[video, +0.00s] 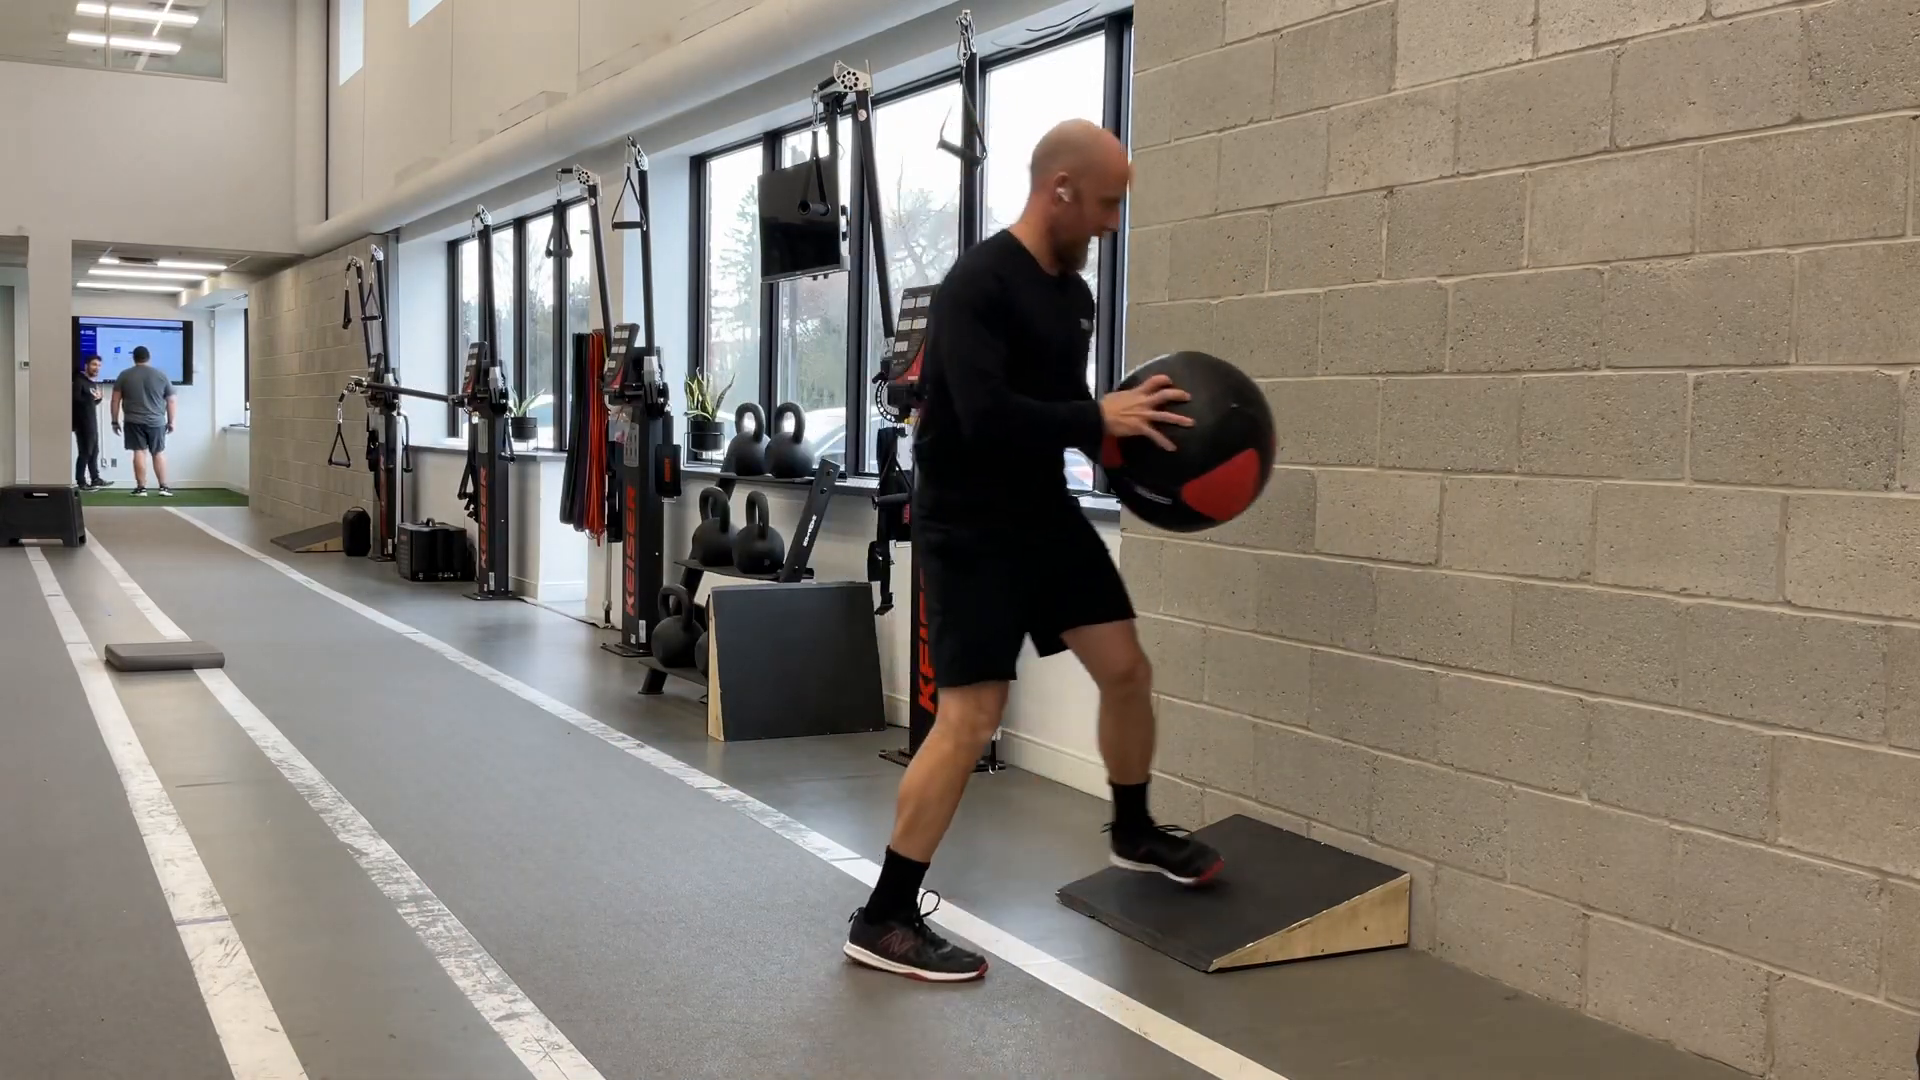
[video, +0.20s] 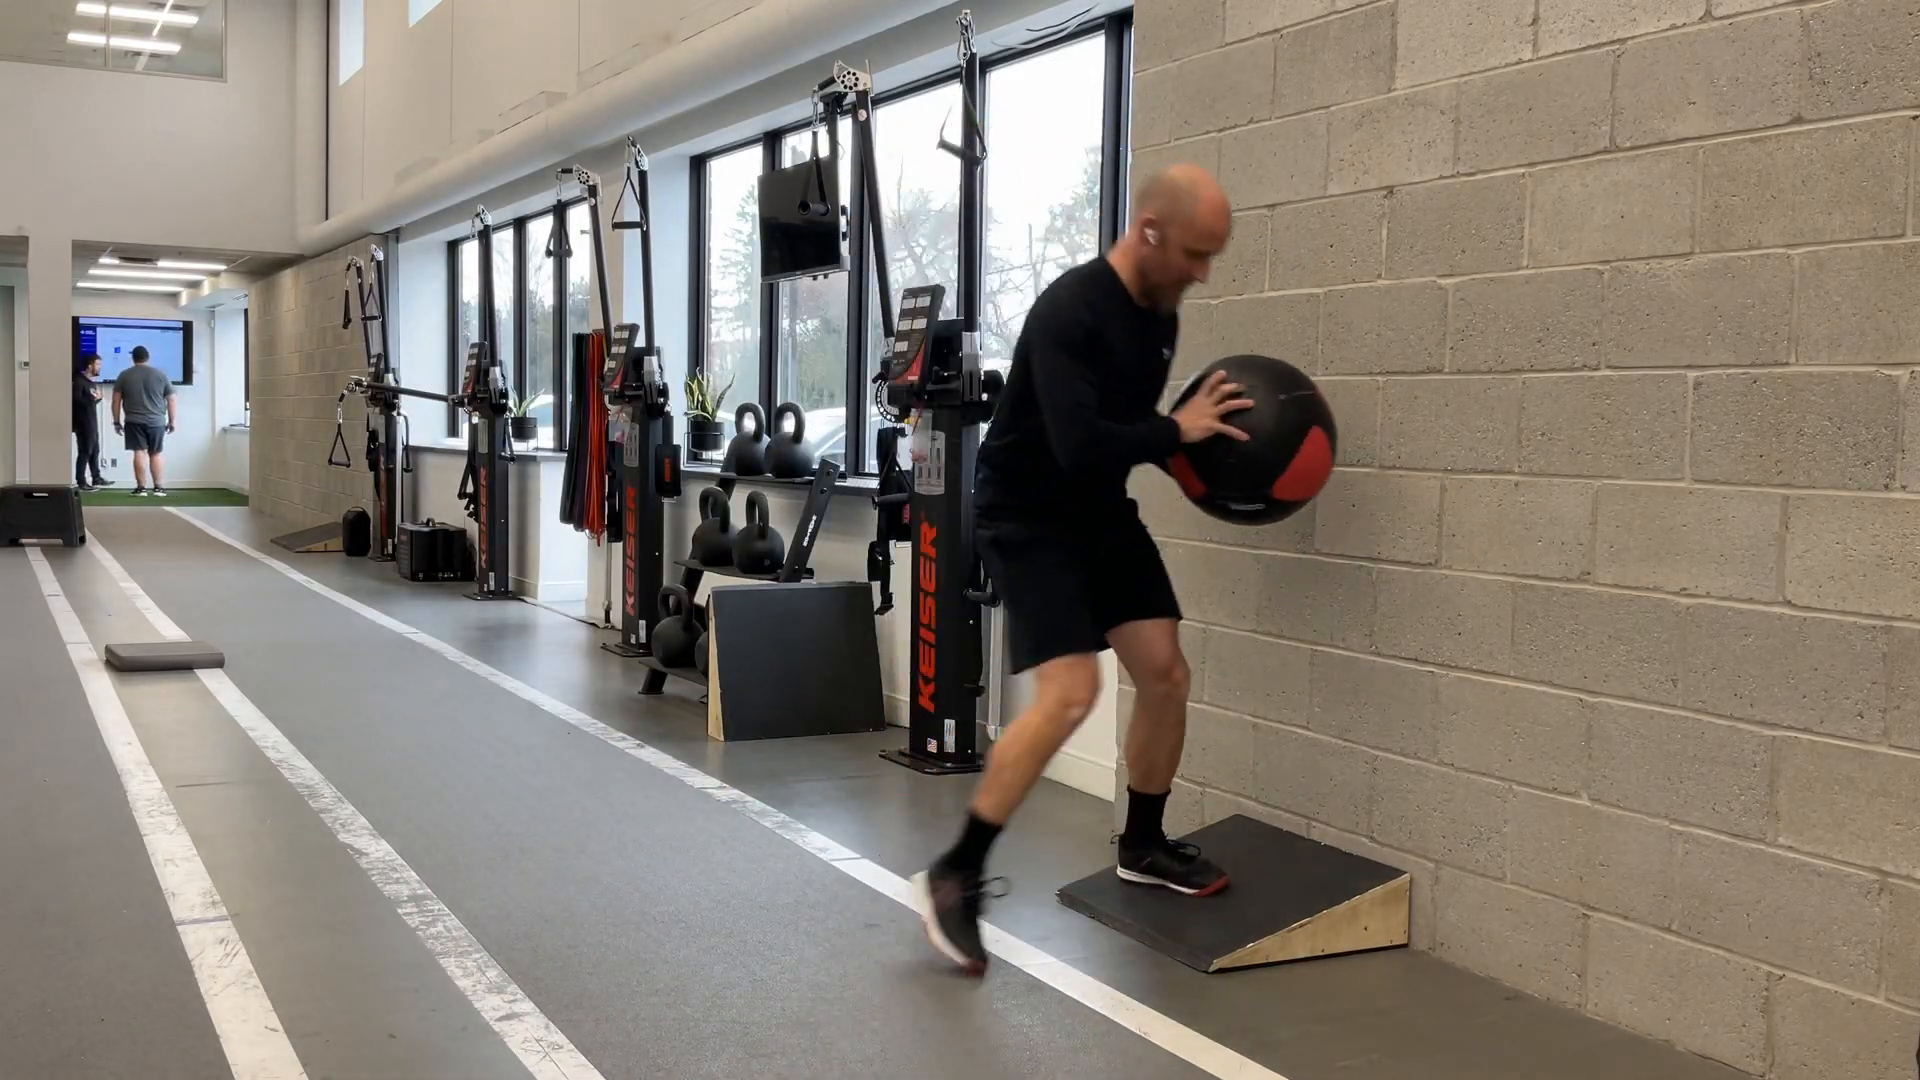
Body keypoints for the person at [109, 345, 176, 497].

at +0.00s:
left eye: (135, 357)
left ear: (134, 358)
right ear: (149, 358)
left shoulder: (125, 375)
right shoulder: (160, 375)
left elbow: (115, 398)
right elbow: (171, 400)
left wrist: (114, 420)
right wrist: (171, 421)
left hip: (133, 422)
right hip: (155, 422)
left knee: (138, 452)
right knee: (158, 453)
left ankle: (141, 487)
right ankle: (163, 486)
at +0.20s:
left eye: (134, 357)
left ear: (133, 358)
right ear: (148, 358)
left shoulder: (125, 375)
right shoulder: (160, 375)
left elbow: (116, 399)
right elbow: (171, 398)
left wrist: (116, 421)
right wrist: (172, 421)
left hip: (134, 422)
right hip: (156, 422)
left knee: (139, 453)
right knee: (155, 454)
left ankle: (141, 487)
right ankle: (158, 486)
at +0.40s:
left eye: (137, 357)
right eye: (147, 357)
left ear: (135, 358)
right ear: (150, 358)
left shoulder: (126, 375)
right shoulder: (161, 375)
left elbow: (118, 399)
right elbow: (172, 398)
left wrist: (119, 420)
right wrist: (173, 421)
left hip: (135, 422)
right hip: (157, 422)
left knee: (140, 452)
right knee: (157, 454)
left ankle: (141, 487)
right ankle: (160, 487)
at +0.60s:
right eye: (152, 357)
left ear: (139, 358)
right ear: (154, 358)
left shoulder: (130, 374)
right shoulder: (165, 375)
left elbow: (121, 398)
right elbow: (175, 398)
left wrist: (122, 420)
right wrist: (175, 421)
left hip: (138, 421)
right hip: (160, 422)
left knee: (142, 452)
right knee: (158, 453)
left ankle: (141, 487)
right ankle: (159, 487)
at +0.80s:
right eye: (156, 357)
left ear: (144, 358)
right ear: (159, 357)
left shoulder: (134, 374)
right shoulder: (169, 375)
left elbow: (125, 397)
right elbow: (180, 399)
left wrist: (125, 419)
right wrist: (180, 421)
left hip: (142, 421)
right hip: (164, 422)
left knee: (143, 452)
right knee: (161, 453)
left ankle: (141, 487)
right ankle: (160, 487)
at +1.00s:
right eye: (161, 358)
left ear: (149, 359)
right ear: (164, 359)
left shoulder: (138, 375)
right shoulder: (173, 377)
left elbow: (129, 399)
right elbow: (184, 400)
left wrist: (130, 420)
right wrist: (185, 423)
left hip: (145, 422)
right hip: (167, 423)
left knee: (143, 453)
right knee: (162, 452)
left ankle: (141, 485)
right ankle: (160, 487)